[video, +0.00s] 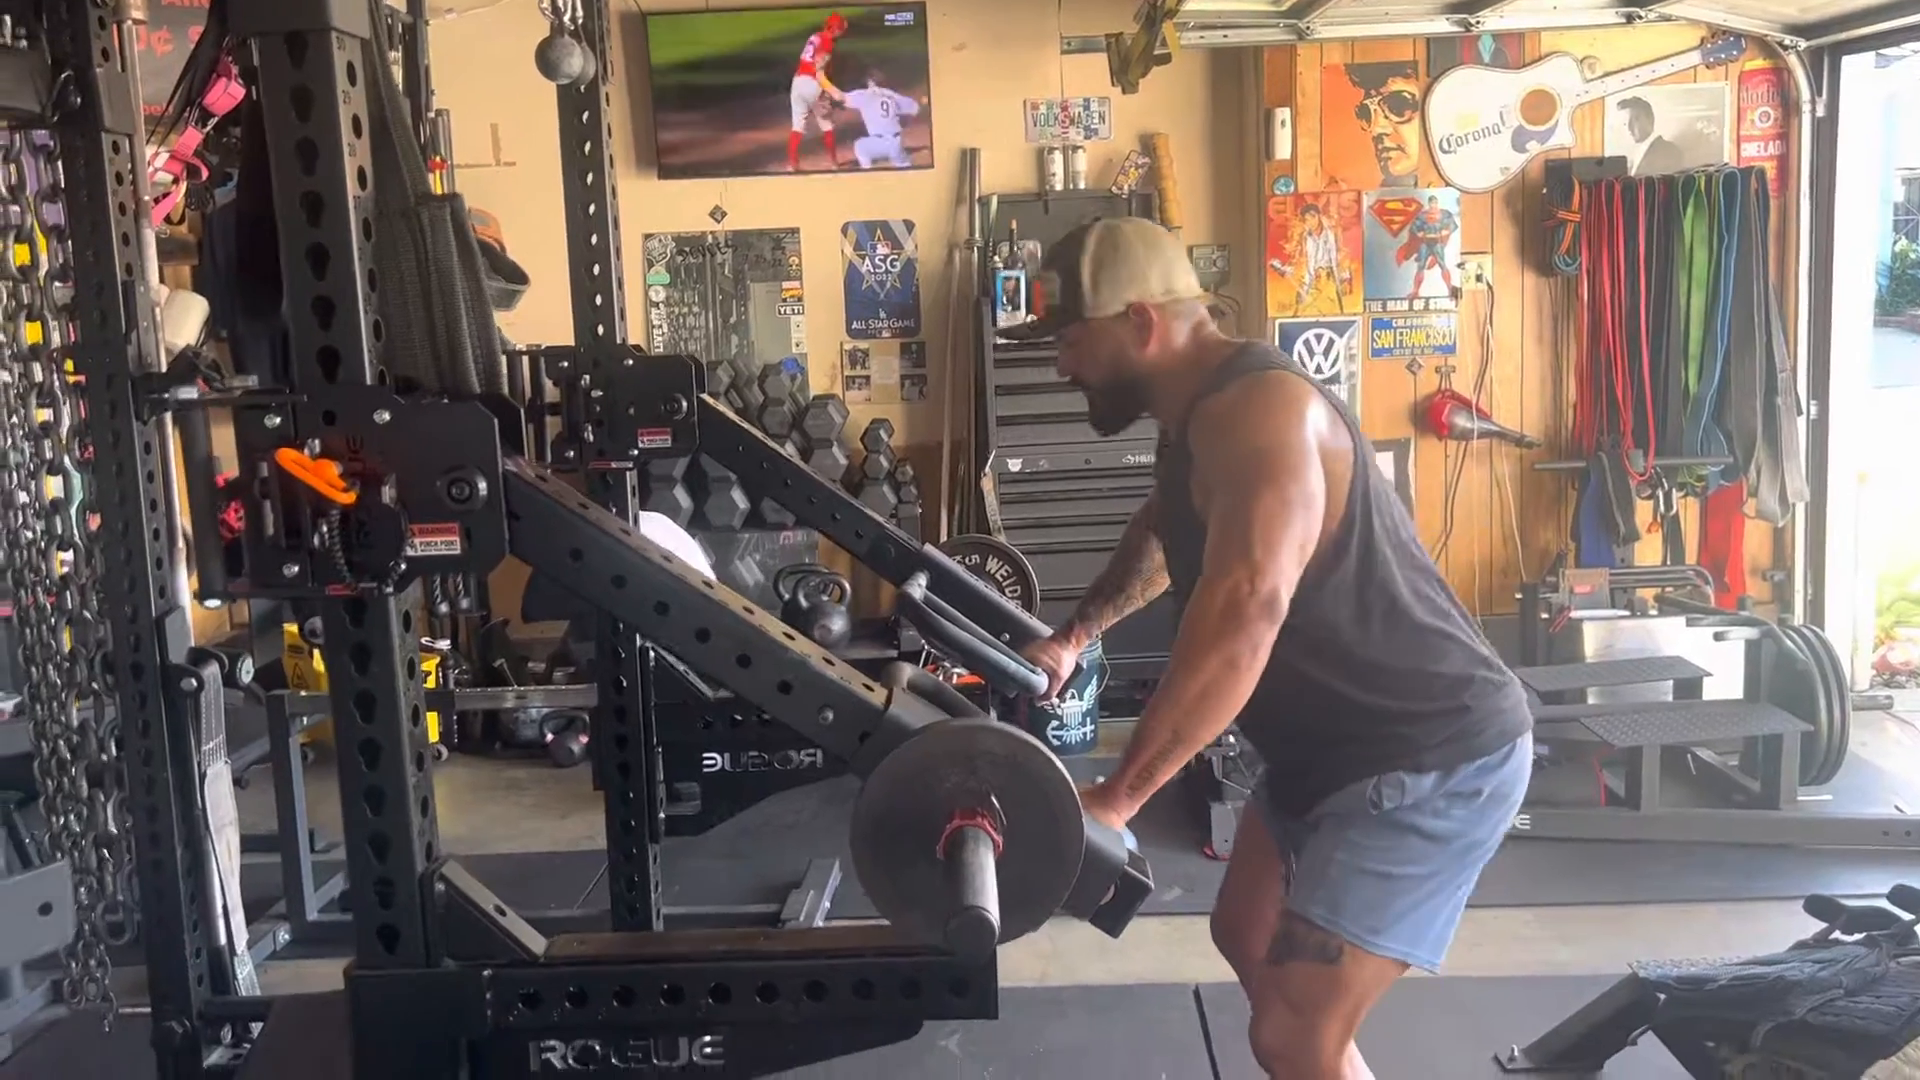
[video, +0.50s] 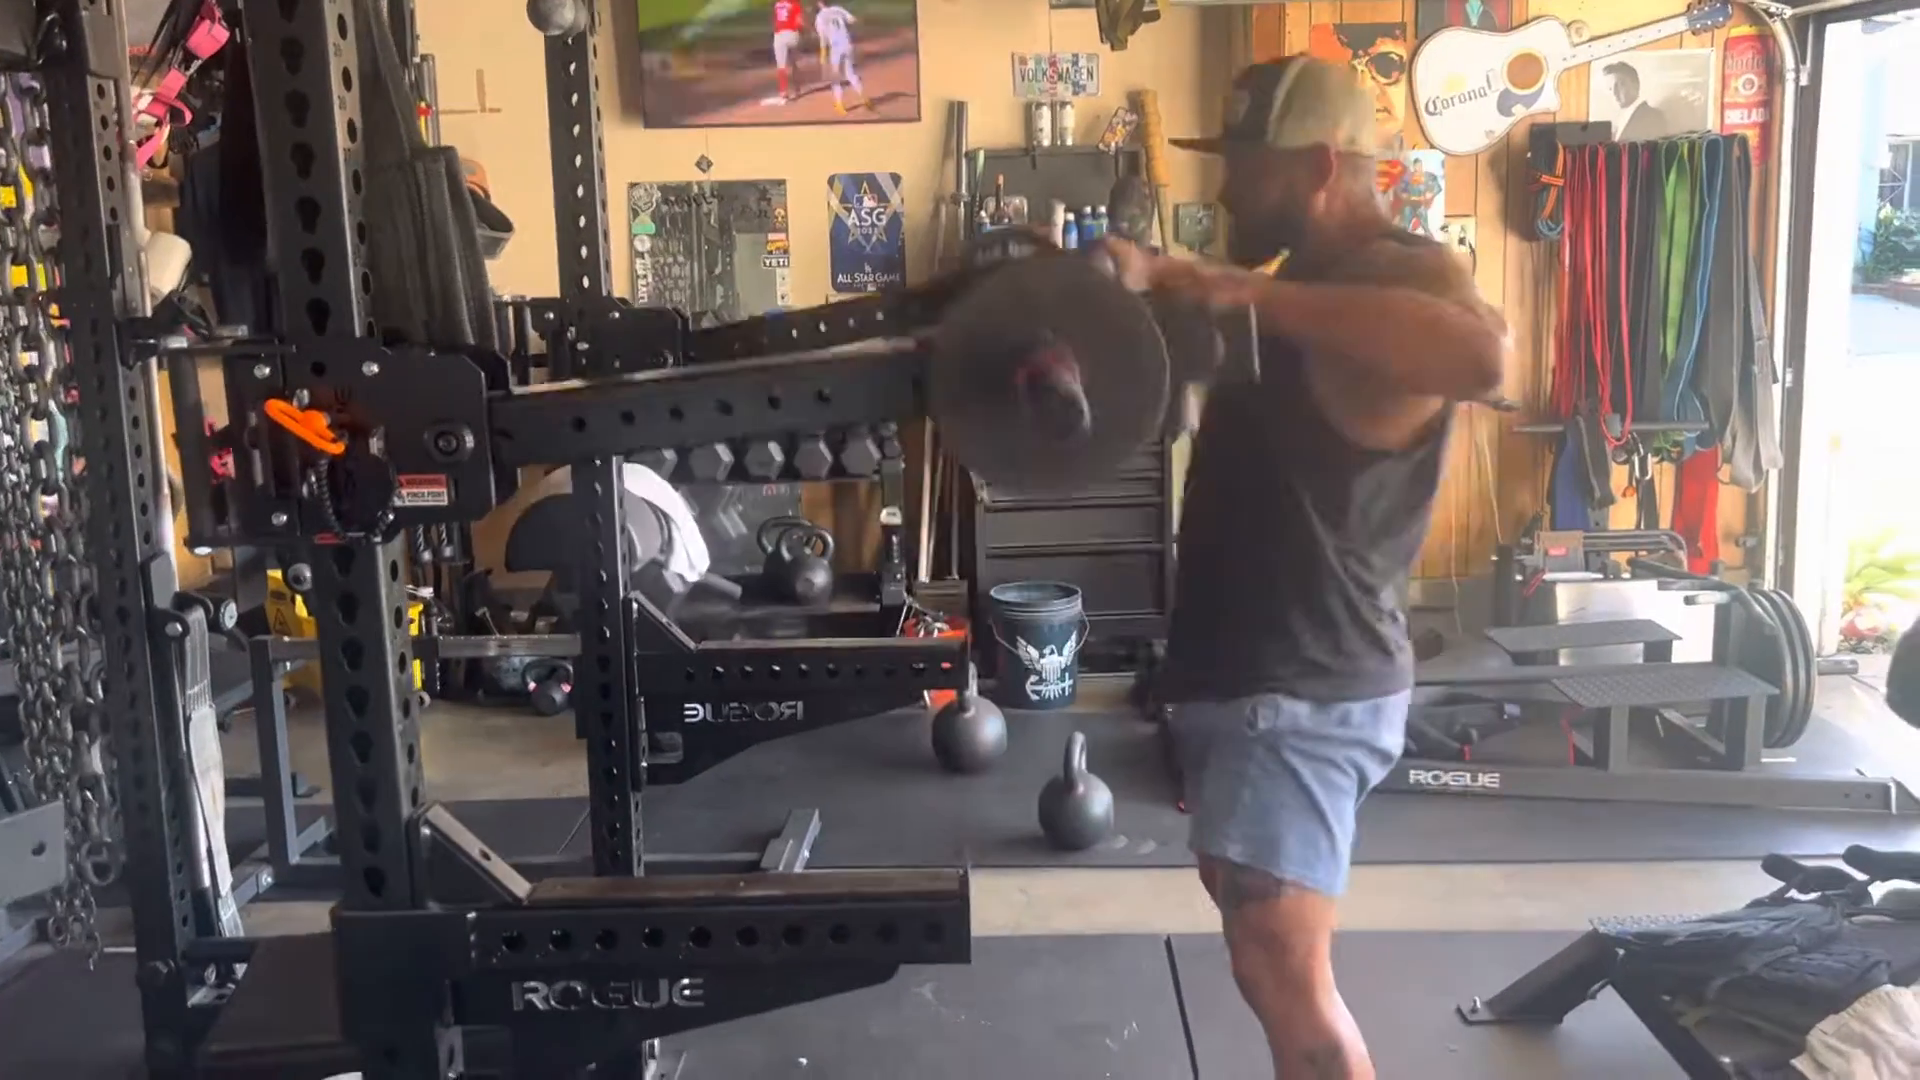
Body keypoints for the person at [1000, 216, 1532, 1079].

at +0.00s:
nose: (1060, 356)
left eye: (1070, 328)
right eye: (1058, 333)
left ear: (1142, 324)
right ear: (1146, 326)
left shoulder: (1263, 409)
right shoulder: (1197, 420)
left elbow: (1247, 606)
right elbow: (1157, 539)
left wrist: (1121, 793)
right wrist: (1076, 635)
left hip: (1432, 754)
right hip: (1335, 746)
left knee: (1297, 1033)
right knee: (1248, 934)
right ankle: (1332, 1065)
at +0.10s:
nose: (1109, 341)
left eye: (1126, 318)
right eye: (1111, 319)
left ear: (1202, 324)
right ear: (1201, 326)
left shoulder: (1304, 416)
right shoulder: (1230, 414)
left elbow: (1268, 610)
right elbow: (1182, 536)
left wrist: (1125, 787)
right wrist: (1080, 628)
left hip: (1461, 756)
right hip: (1358, 743)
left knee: (1298, 1030)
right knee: (1250, 920)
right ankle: (1334, 1068)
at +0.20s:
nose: (1207, 295)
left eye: (1223, 271)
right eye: (1207, 271)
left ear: (1302, 283)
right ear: (1297, 287)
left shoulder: (1391, 398)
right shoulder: (1298, 388)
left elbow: (1285, 590)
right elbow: (1209, 519)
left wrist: (1125, 744)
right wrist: (1084, 609)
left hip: (1484, 748)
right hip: (1379, 730)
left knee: (1316, 1009)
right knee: (1266, 900)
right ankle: (1341, 1061)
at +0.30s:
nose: (1273, 224)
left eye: (1294, 204)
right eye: (1278, 202)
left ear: (1376, 223)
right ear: (1366, 225)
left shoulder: (1444, 349)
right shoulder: (1352, 338)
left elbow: (1347, 525)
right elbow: (1249, 458)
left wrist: (1162, 642)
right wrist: (1122, 531)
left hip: (1462, 725)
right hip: (1365, 704)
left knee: (1313, 995)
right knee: (1257, 885)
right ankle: (1332, 1058)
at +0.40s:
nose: (1273, 190)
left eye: (1292, 170)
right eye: (1277, 169)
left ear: (1374, 177)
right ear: (1364, 181)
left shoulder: (1441, 291)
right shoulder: (1354, 291)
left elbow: (1457, 427)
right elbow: (1294, 380)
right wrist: (1180, 392)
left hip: (1384, 691)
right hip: (1296, 669)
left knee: (1289, 978)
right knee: (1234, 879)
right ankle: (1320, 1056)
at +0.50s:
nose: (1223, 179)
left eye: (1244, 158)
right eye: (1225, 157)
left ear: (1320, 168)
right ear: (1313, 169)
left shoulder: (1402, 272)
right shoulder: (1297, 283)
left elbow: (1482, 356)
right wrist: (1118, 286)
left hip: (1302, 690)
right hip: (1249, 678)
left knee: (1285, 971)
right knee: (1275, 959)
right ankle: (1311, 1064)